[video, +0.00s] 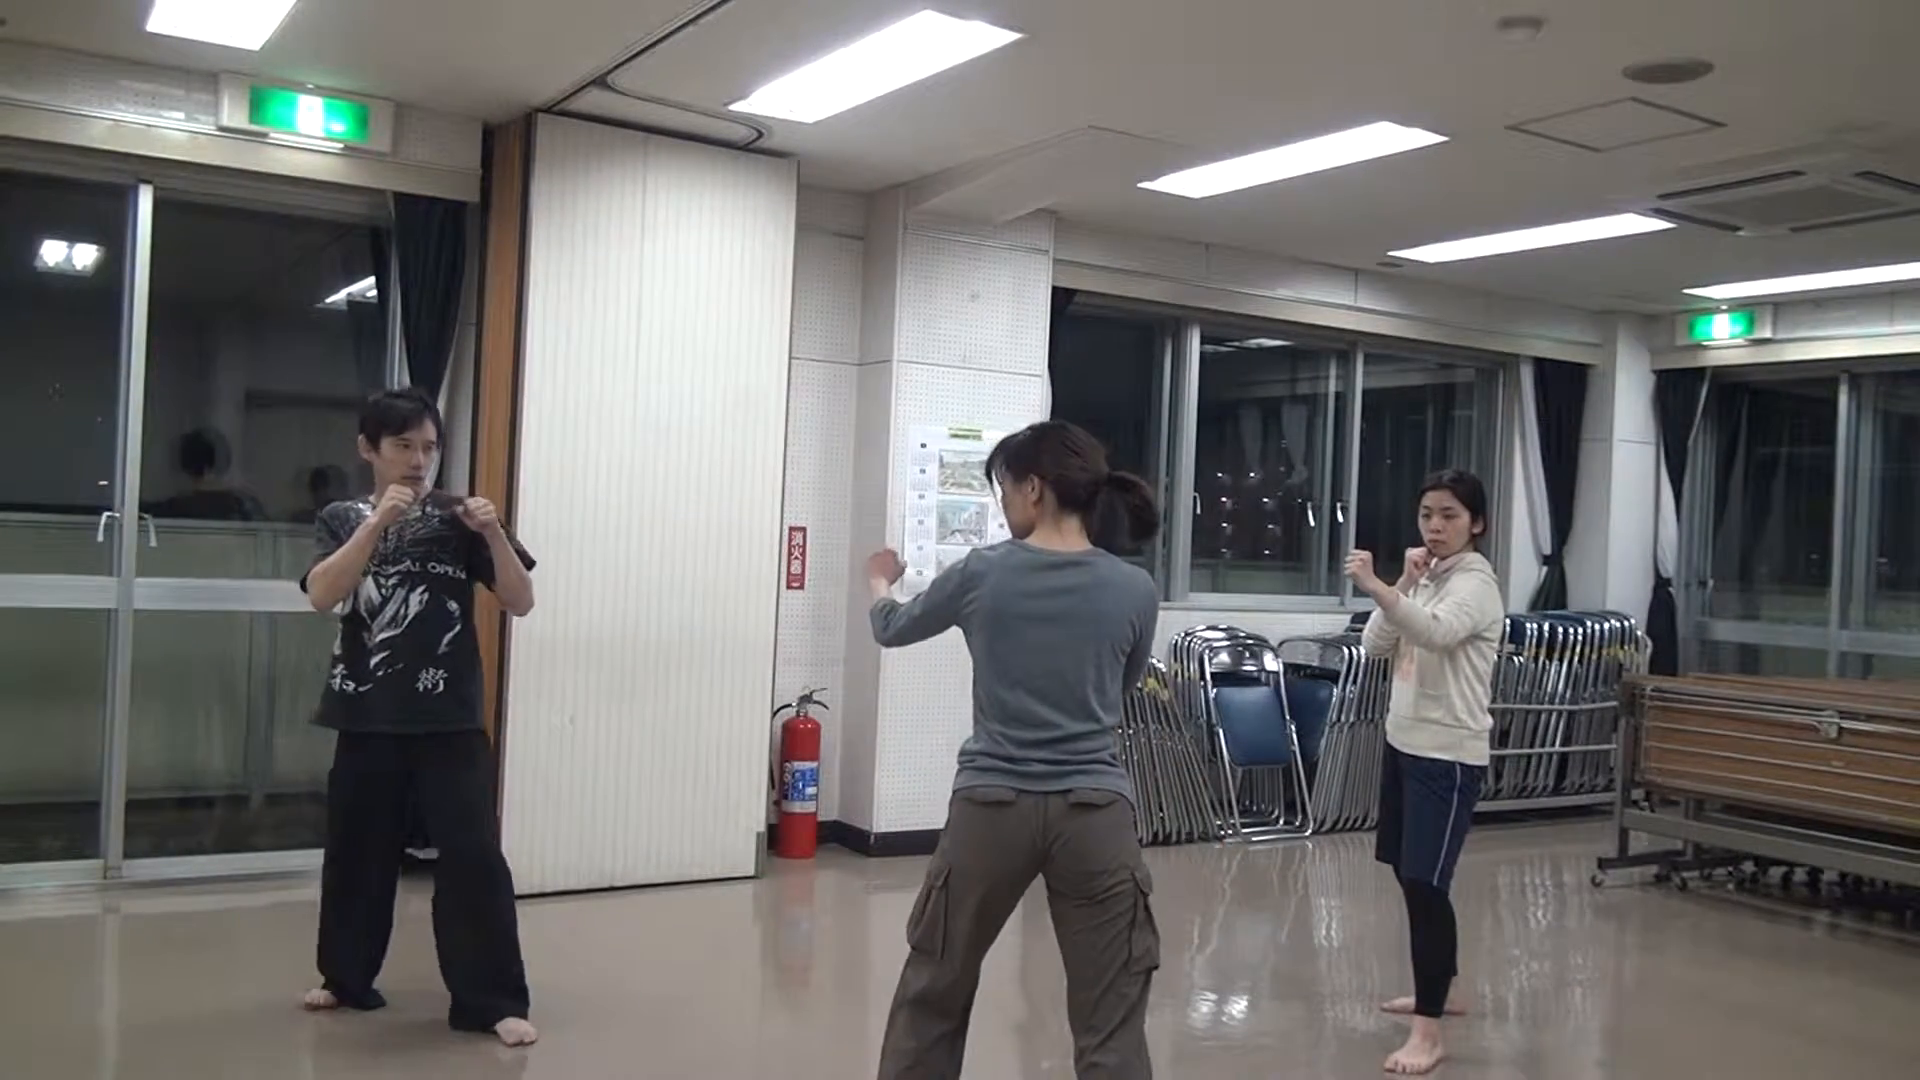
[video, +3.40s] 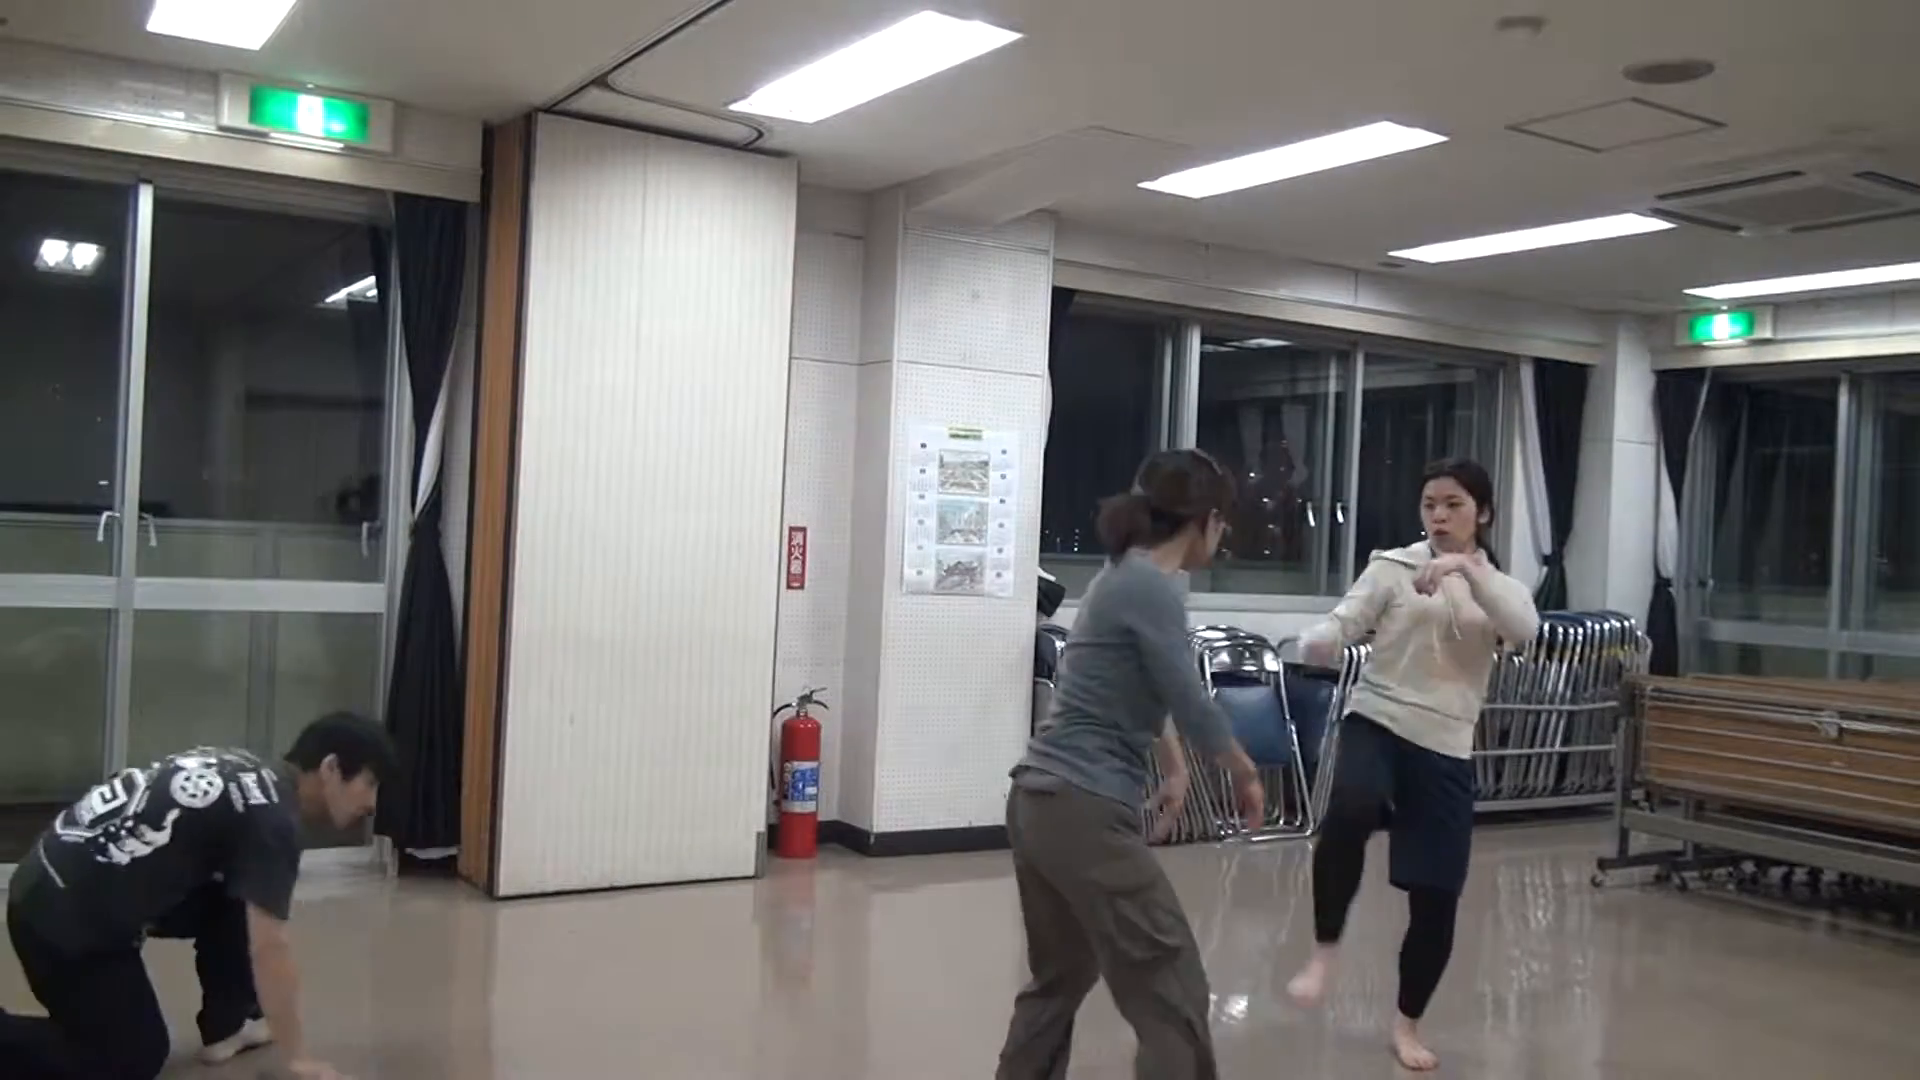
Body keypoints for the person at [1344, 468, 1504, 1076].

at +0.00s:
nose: (1433, 525)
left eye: (1447, 515)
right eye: (1427, 514)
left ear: (1475, 523)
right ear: (1419, 520)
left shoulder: (1477, 582)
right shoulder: (1422, 581)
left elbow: (1441, 632)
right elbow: (1374, 645)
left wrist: (1380, 588)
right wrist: (1404, 588)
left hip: (1446, 756)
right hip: (1406, 748)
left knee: (1425, 884)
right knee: (1408, 873)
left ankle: (1426, 1033)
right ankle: (1440, 990)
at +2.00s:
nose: (1438, 531)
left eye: (1451, 521)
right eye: (1429, 520)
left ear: (1475, 529)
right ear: (1418, 525)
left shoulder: (1480, 584)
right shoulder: (1415, 582)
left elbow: (1467, 639)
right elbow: (1373, 650)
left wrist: (1415, 597)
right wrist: (1404, 595)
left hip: (1456, 759)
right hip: (1403, 750)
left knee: (1433, 887)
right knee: (1390, 864)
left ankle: (1431, 1031)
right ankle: (1438, 984)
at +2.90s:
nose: (1438, 523)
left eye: (1451, 514)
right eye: (1431, 512)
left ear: (1477, 525)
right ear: (1418, 519)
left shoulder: (1496, 590)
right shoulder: (1391, 584)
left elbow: (1488, 630)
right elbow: (1352, 632)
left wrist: (1451, 565)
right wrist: (1326, 610)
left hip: (1461, 758)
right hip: (1391, 750)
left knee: (1434, 891)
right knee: (1375, 886)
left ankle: (1410, 1022)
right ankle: (1426, 958)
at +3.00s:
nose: (1445, 523)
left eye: (1457, 512)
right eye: (1435, 513)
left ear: (1483, 520)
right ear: (1425, 521)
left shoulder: (1508, 592)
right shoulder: (1397, 582)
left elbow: (1498, 651)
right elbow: (1353, 669)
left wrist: (1470, 577)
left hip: (1459, 750)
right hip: (1385, 735)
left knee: (1438, 895)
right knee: (1348, 853)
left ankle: (1410, 1024)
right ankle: (1355, 927)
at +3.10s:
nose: (1444, 522)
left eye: (1457, 511)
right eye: (1435, 512)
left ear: (1483, 517)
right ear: (1424, 519)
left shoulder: (1507, 592)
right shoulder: (1392, 577)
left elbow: (1499, 652)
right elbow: (1358, 649)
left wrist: (1468, 579)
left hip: (1451, 745)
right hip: (1392, 718)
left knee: (1436, 895)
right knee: (1365, 719)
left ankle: (1409, 1022)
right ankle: (1302, 842)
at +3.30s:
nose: (1444, 521)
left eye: (1457, 510)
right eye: (1436, 510)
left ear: (1485, 516)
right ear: (1424, 517)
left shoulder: (1503, 591)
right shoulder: (1396, 571)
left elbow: (1520, 654)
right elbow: (1346, 652)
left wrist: (1477, 584)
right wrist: (1305, 726)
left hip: (1442, 748)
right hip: (1383, 717)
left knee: (1428, 898)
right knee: (1367, 695)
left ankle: (1407, 1022)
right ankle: (1294, 779)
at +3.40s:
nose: (1439, 515)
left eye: (1452, 504)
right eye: (1431, 505)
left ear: (1481, 513)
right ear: (1420, 513)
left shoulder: (1499, 584)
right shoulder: (1391, 567)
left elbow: (1523, 631)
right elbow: (1343, 623)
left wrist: (1472, 573)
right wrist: (1322, 641)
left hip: (1443, 745)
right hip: (1372, 723)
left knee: (1436, 902)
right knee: (1351, 810)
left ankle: (1408, 1023)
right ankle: (1324, 952)